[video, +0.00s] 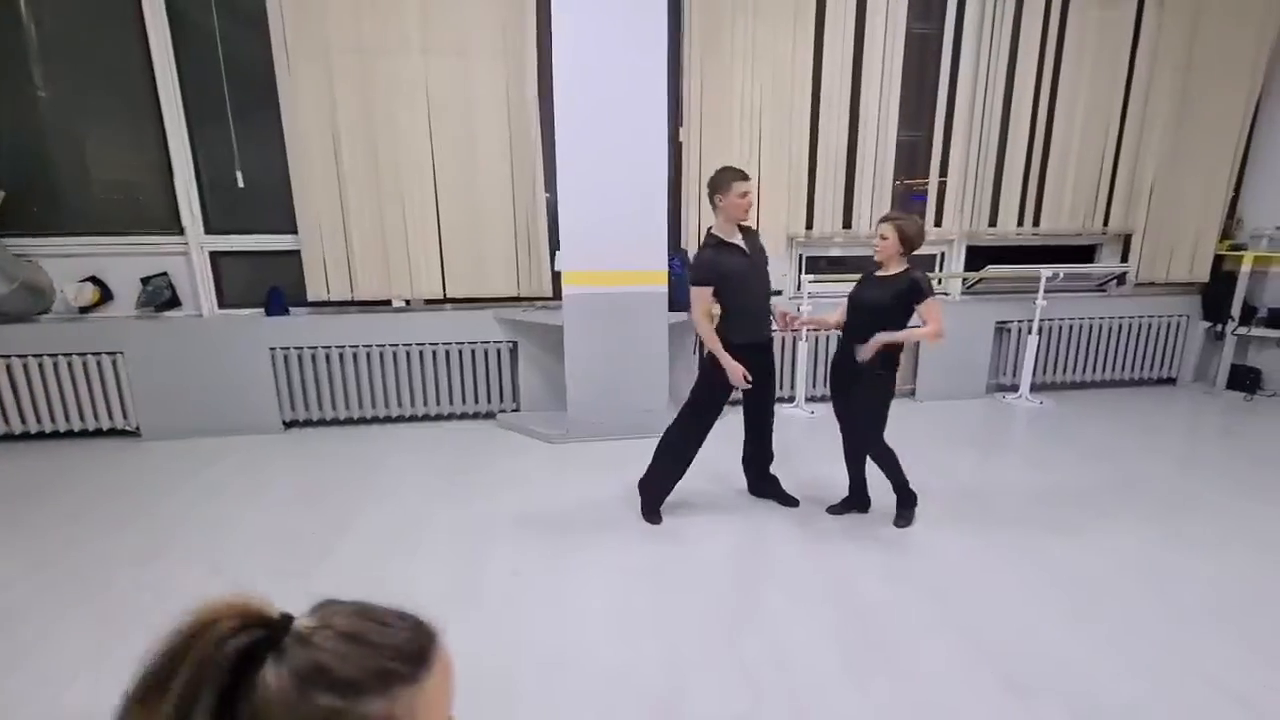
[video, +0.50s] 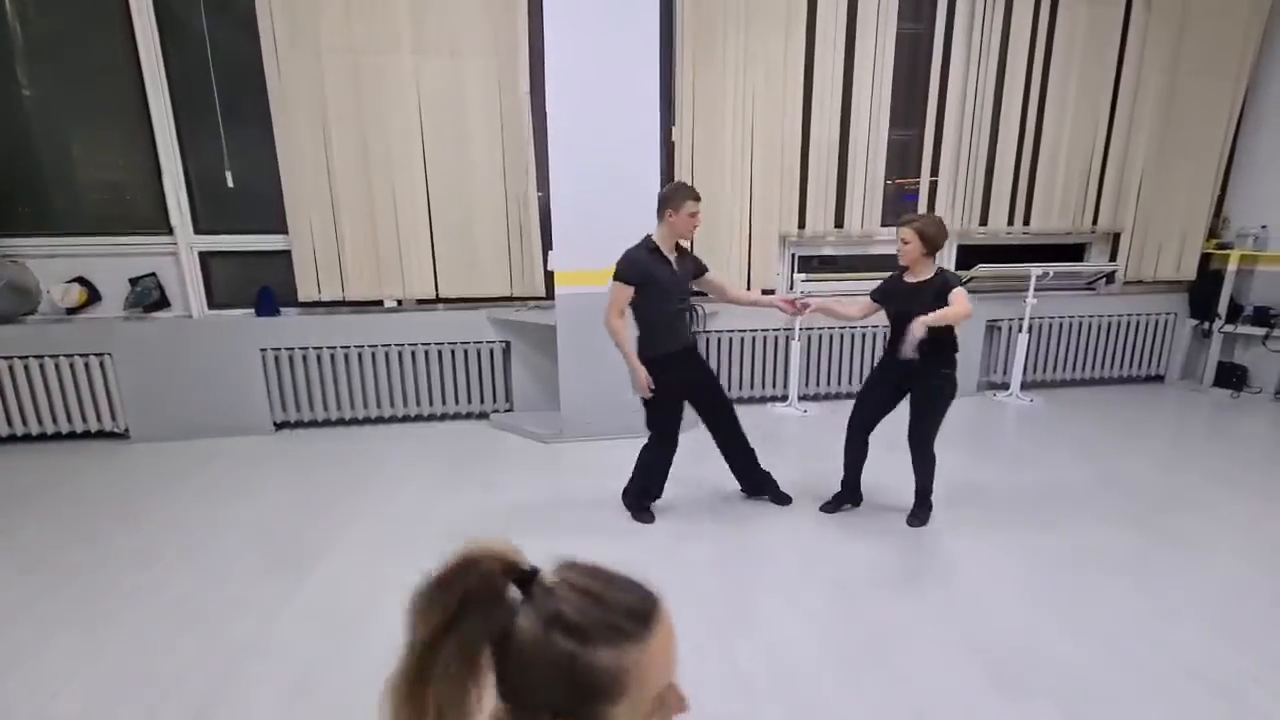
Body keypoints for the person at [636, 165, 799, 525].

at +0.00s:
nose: (750, 202)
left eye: (751, 196)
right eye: (742, 196)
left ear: (748, 199)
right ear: (719, 200)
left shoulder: (752, 241)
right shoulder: (708, 256)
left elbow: (753, 295)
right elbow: (700, 317)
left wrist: (777, 311)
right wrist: (724, 360)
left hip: (759, 347)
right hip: (725, 351)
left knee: (760, 419)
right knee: (694, 423)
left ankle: (760, 480)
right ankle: (652, 489)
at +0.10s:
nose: (740, 208)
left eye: (741, 201)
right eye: (733, 202)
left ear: (723, 204)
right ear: (709, 203)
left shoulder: (737, 243)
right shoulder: (693, 257)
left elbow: (745, 293)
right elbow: (688, 320)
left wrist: (770, 308)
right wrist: (715, 362)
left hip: (756, 347)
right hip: (723, 352)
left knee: (760, 417)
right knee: (696, 423)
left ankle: (759, 479)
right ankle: (649, 487)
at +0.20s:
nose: (731, 214)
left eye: (732, 208)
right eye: (725, 208)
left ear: (713, 209)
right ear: (702, 208)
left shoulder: (724, 245)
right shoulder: (680, 260)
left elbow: (737, 290)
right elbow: (673, 320)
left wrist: (771, 301)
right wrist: (700, 364)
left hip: (752, 348)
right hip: (720, 354)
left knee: (761, 418)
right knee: (698, 427)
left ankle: (762, 481)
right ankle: (648, 488)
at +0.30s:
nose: (720, 219)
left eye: (721, 212)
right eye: (715, 212)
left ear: (702, 214)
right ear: (693, 212)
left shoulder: (712, 251)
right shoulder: (665, 264)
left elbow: (733, 293)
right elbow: (657, 324)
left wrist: (771, 299)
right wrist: (684, 369)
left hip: (739, 349)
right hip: (708, 358)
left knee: (756, 415)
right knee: (692, 431)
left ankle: (762, 481)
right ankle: (644, 491)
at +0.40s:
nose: (710, 221)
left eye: (710, 214)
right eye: (704, 214)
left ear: (686, 216)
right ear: (680, 215)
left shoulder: (700, 259)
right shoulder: (649, 263)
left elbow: (733, 294)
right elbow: (636, 320)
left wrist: (777, 300)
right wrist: (661, 370)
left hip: (715, 354)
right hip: (682, 362)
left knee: (744, 421)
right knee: (678, 440)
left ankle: (760, 482)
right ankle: (642, 493)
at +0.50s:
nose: (698, 222)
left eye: (699, 216)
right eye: (692, 215)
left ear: (675, 217)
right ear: (669, 215)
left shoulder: (686, 260)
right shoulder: (636, 260)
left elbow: (727, 293)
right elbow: (614, 316)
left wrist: (775, 300)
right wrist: (635, 366)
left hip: (688, 356)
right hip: (657, 362)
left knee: (722, 417)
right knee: (664, 437)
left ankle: (755, 481)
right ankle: (637, 497)